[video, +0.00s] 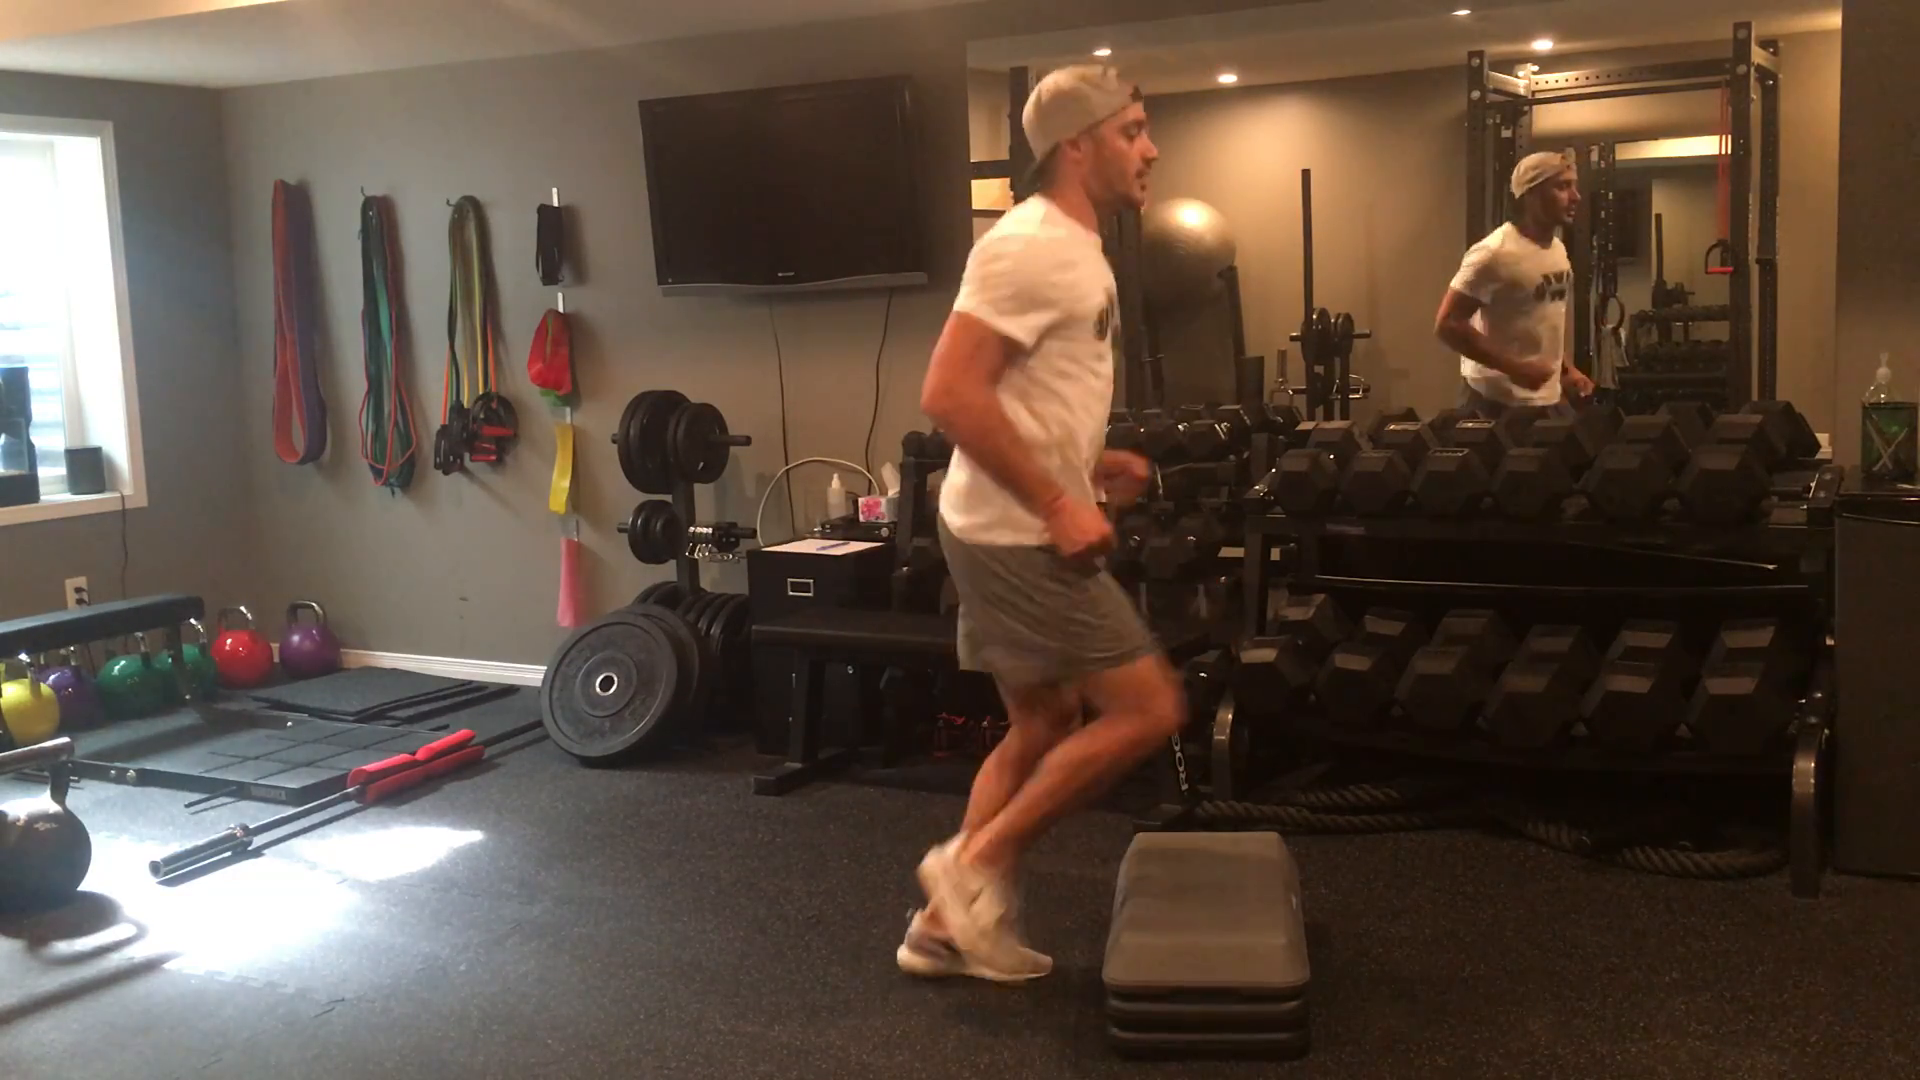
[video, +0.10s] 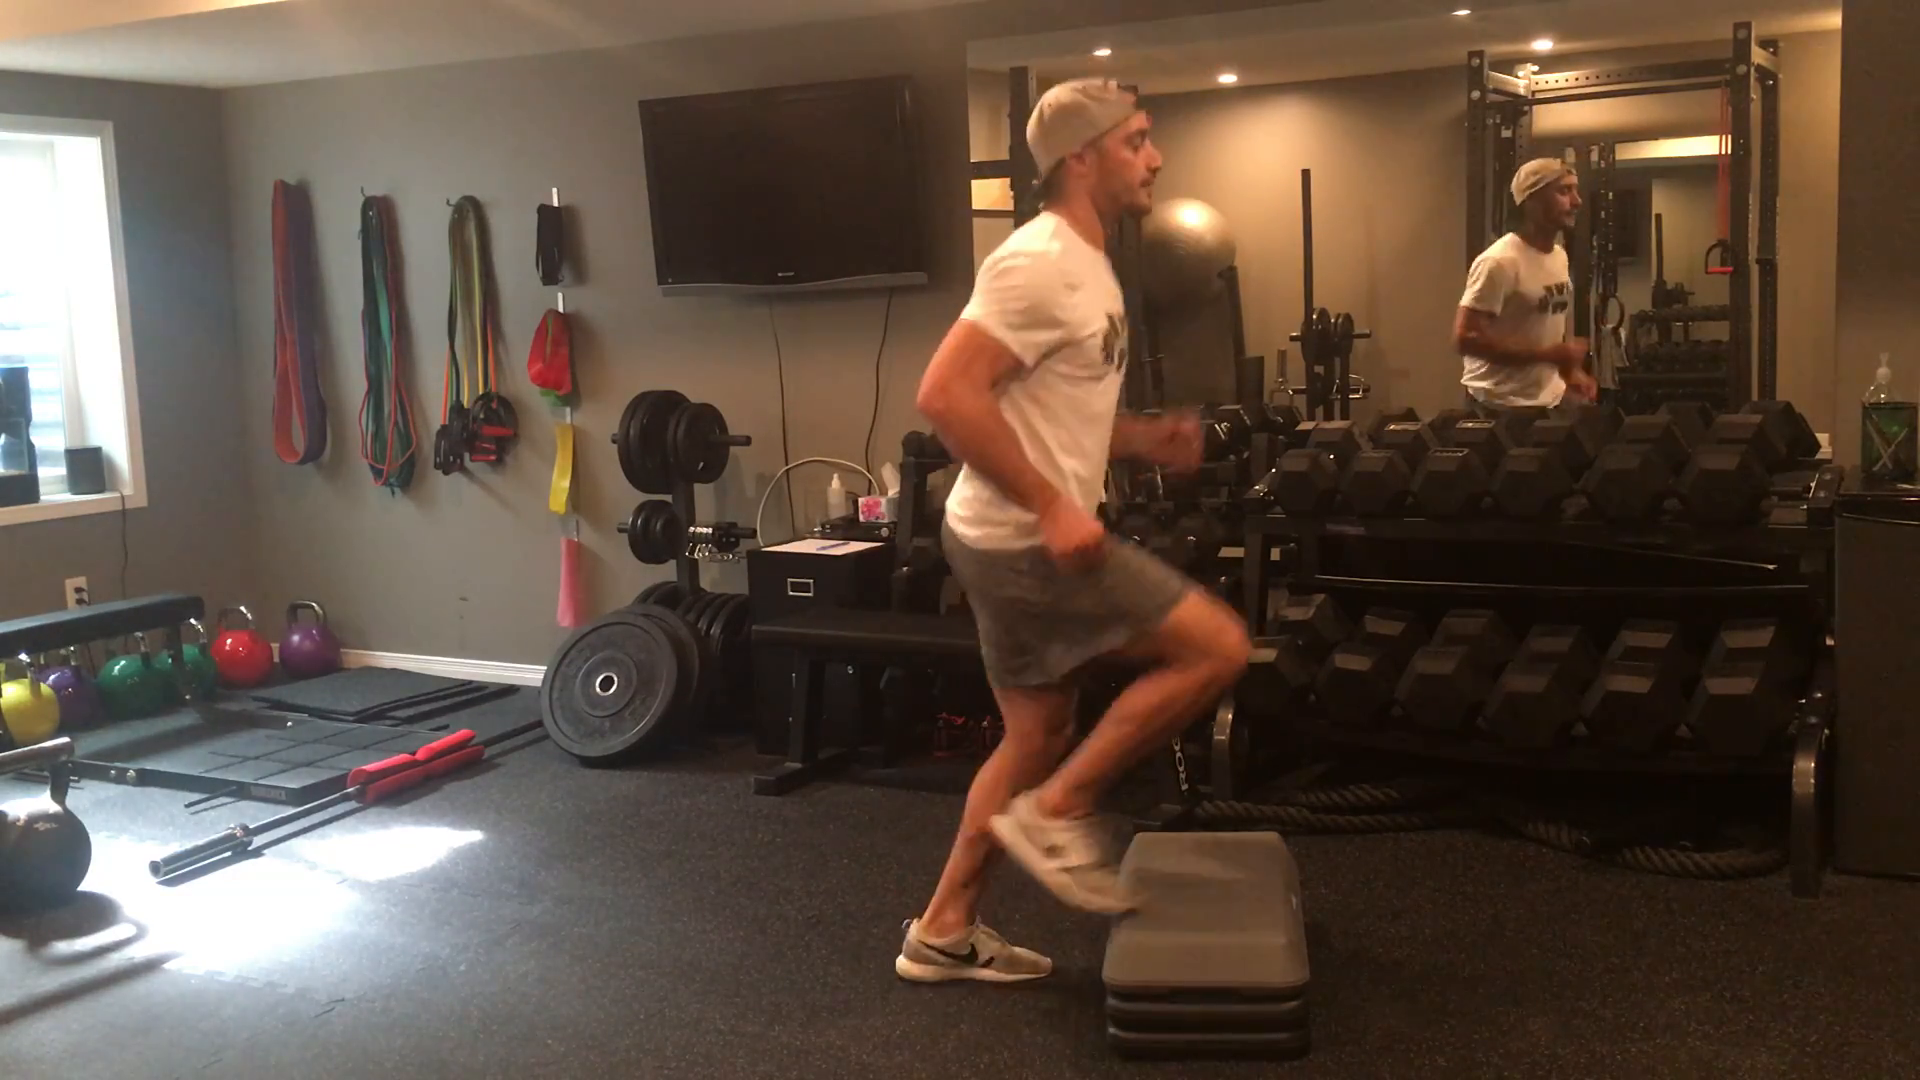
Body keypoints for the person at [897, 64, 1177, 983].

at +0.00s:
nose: (1148, 149)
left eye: (1145, 131)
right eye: (1132, 133)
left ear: (1083, 150)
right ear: (1078, 147)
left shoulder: (1070, 248)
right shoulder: (1031, 244)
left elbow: (1004, 399)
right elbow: (951, 393)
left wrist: (1090, 459)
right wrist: (1056, 503)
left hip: (1014, 524)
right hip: (1011, 526)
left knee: (1042, 726)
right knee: (1147, 706)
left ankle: (945, 921)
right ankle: (974, 862)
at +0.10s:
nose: (1155, 158)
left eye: (1151, 139)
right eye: (1137, 142)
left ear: (1092, 162)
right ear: (1082, 161)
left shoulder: (1081, 262)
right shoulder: (1039, 262)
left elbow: (1043, 408)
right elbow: (946, 393)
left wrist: (1141, 436)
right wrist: (1051, 502)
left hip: (1012, 534)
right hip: (1021, 534)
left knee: (1033, 737)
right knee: (1217, 645)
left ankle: (944, 924)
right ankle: (1051, 809)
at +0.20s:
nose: (1169, 100)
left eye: (1162, 83)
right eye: (1151, 84)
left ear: (1105, 108)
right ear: (1098, 106)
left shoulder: (1108, 212)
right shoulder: (1052, 206)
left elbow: (1058, 348)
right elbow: (963, 340)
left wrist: (1152, 363)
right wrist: (1088, 423)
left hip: (1023, 488)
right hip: (1046, 489)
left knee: (1036, 680)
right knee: (1231, 617)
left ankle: (964, 895)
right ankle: (1135, 822)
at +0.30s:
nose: (1186, 69)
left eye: (1178, 52)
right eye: (1166, 54)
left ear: (1124, 80)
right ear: (1112, 79)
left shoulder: (1121, 182)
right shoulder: (1074, 181)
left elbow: (1076, 332)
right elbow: (1001, 331)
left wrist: (1166, 352)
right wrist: (1142, 379)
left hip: (1068, 461)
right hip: (1077, 466)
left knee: (1124, 650)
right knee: (1224, 630)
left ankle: (986, 836)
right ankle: (1141, 850)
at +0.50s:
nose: (1204, 15)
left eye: (1201, 3)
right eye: (1188, 0)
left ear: (1134, 17)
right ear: (1129, 10)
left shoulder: (1131, 116)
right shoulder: (1088, 112)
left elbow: (1089, 276)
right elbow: (1045, 273)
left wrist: (1179, 324)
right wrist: (1179, 316)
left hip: (1115, 399)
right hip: (1075, 407)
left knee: (1202, 568)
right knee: (1167, 606)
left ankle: (1103, 780)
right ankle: (1138, 838)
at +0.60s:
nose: (1206, 8)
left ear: (1138, 11)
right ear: (1132, 3)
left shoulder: (1130, 105)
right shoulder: (1081, 95)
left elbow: (1075, 254)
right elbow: (1028, 255)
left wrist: (1158, 312)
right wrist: (1161, 305)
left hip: (1108, 390)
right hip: (1064, 394)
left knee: (1173, 593)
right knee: (1161, 597)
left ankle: (1153, 804)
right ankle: (1097, 826)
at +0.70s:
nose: (1194, 40)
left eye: (1192, 22)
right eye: (1176, 20)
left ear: (1132, 39)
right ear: (1116, 33)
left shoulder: (1122, 145)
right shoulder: (1069, 136)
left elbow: (1078, 291)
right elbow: (1001, 285)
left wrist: (1159, 341)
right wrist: (1143, 341)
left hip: (1104, 431)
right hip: (1058, 436)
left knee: (1175, 625)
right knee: (1165, 628)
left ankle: (1143, 837)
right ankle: (1024, 823)